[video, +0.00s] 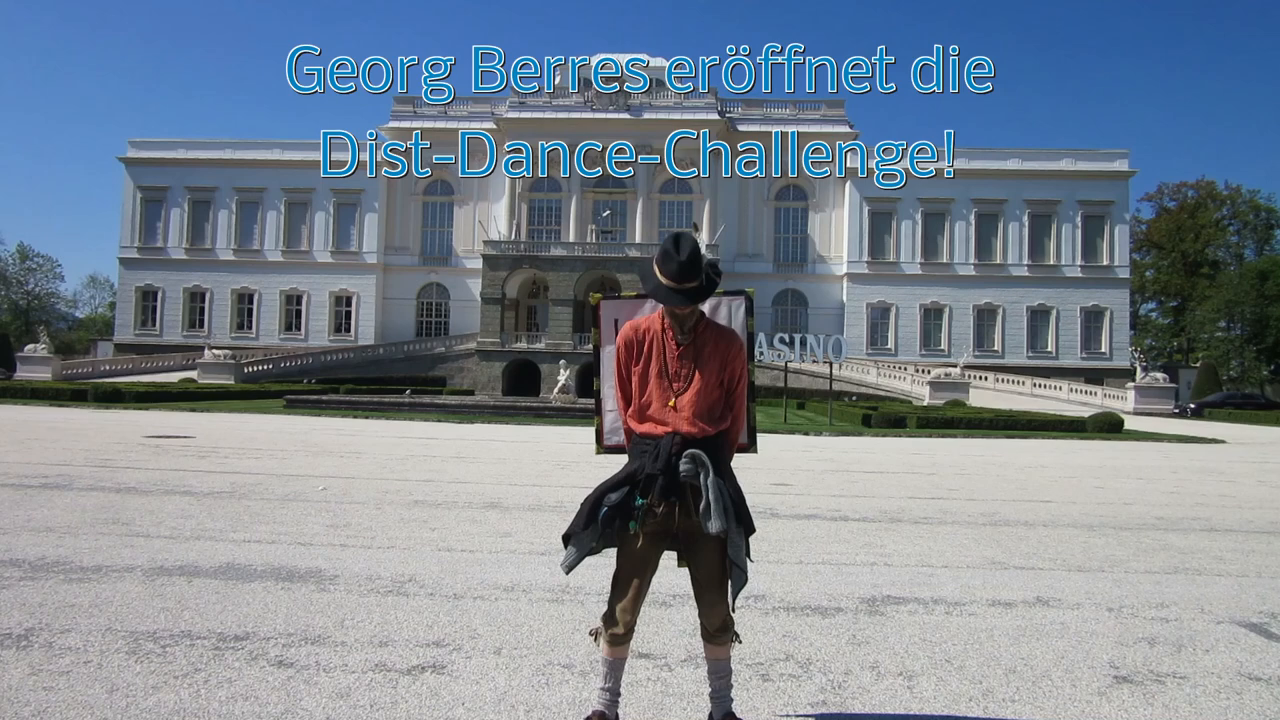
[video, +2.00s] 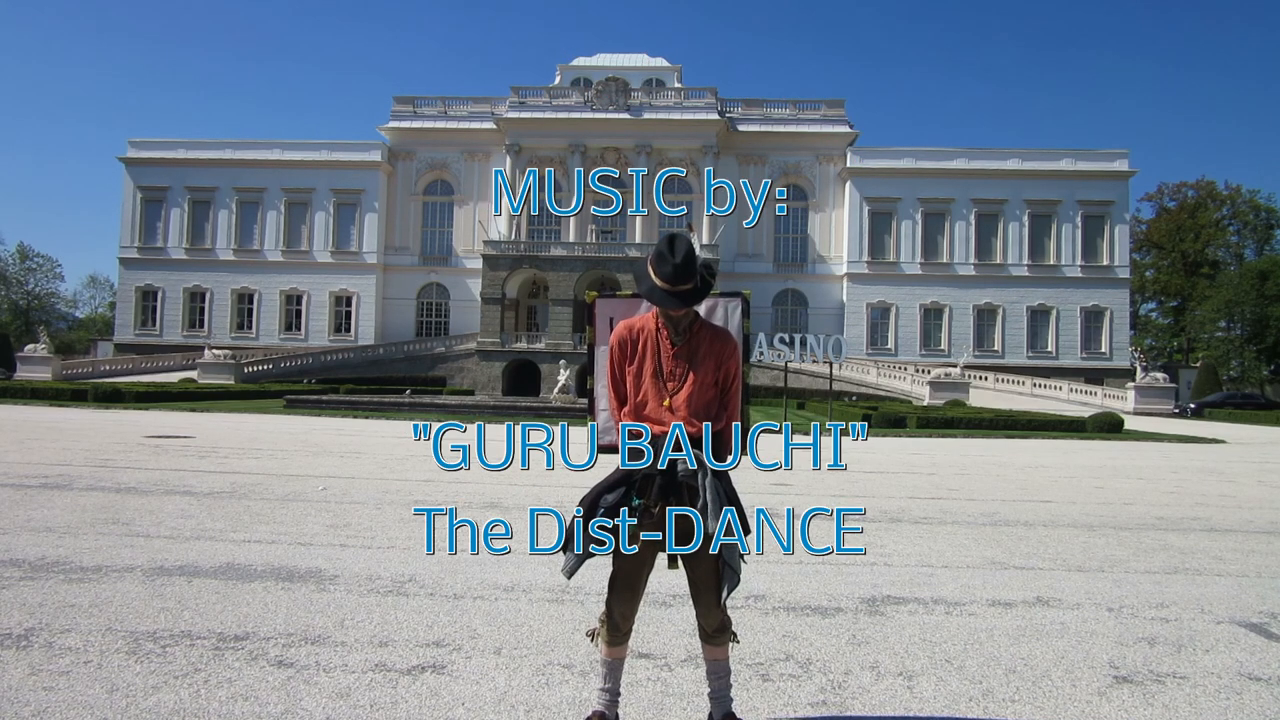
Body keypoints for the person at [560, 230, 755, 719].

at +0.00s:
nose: (681, 311)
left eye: (690, 302)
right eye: (672, 302)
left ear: (704, 293)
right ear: (658, 292)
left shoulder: (728, 344)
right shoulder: (632, 337)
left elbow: (734, 427)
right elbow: (627, 417)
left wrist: (701, 467)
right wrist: (672, 451)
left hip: (706, 486)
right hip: (647, 483)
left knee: (716, 604)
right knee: (625, 600)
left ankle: (722, 706)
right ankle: (607, 701)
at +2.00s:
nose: (677, 309)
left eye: (685, 300)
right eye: (668, 300)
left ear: (699, 292)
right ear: (652, 290)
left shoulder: (723, 344)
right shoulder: (626, 337)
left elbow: (730, 422)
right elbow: (619, 415)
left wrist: (707, 457)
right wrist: (650, 444)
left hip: (700, 488)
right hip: (642, 485)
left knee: (711, 602)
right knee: (622, 599)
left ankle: (722, 704)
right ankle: (608, 699)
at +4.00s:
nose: (677, 307)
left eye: (685, 298)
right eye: (668, 299)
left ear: (698, 293)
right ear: (653, 290)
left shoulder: (722, 343)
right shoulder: (625, 336)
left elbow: (726, 425)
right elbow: (618, 415)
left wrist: (699, 469)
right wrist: (655, 457)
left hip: (699, 488)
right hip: (640, 485)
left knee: (709, 605)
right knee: (620, 603)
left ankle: (721, 705)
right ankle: (607, 701)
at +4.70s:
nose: (676, 314)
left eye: (684, 305)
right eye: (667, 305)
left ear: (697, 298)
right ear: (652, 296)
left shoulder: (718, 342)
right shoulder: (622, 336)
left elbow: (756, 405)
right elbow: (612, 411)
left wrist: (780, 470)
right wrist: (633, 467)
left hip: (698, 481)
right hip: (638, 480)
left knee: (709, 603)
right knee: (620, 599)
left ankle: (720, 706)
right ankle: (606, 701)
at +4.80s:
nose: (678, 314)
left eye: (686, 304)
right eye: (669, 304)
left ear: (698, 297)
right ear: (653, 295)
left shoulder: (717, 338)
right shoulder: (623, 336)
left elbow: (775, 377)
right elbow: (611, 415)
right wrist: (631, 471)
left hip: (699, 481)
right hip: (639, 481)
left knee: (709, 603)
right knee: (620, 601)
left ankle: (721, 706)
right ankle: (606, 702)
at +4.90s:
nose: (679, 317)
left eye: (688, 308)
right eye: (670, 308)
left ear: (701, 299)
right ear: (654, 297)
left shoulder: (717, 335)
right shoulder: (625, 335)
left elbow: (779, 346)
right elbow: (612, 410)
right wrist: (629, 469)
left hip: (699, 478)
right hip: (638, 477)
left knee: (710, 600)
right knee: (621, 599)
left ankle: (721, 706)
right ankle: (606, 702)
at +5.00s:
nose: (678, 317)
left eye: (687, 308)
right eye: (669, 307)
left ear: (701, 296)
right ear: (653, 297)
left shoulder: (718, 329)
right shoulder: (627, 334)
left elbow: (776, 308)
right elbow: (610, 408)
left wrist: (752, 257)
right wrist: (628, 468)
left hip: (698, 475)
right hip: (639, 474)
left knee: (711, 598)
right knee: (623, 594)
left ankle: (721, 707)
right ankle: (606, 700)